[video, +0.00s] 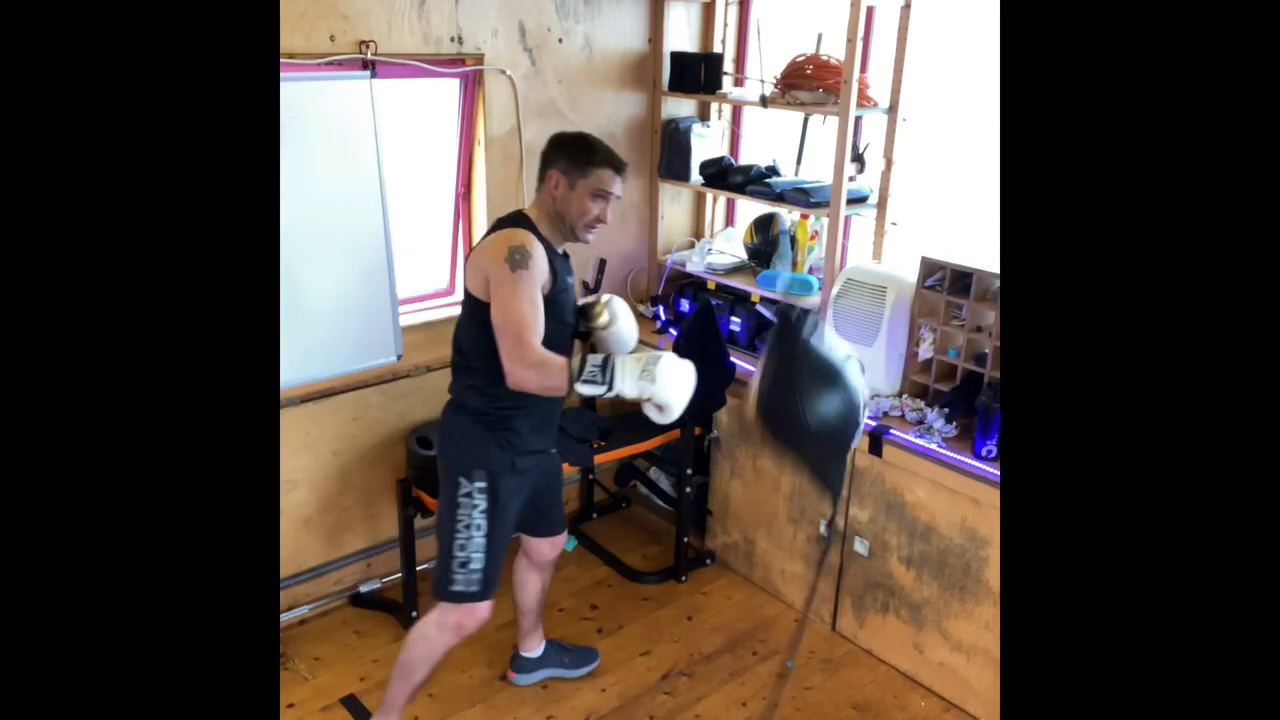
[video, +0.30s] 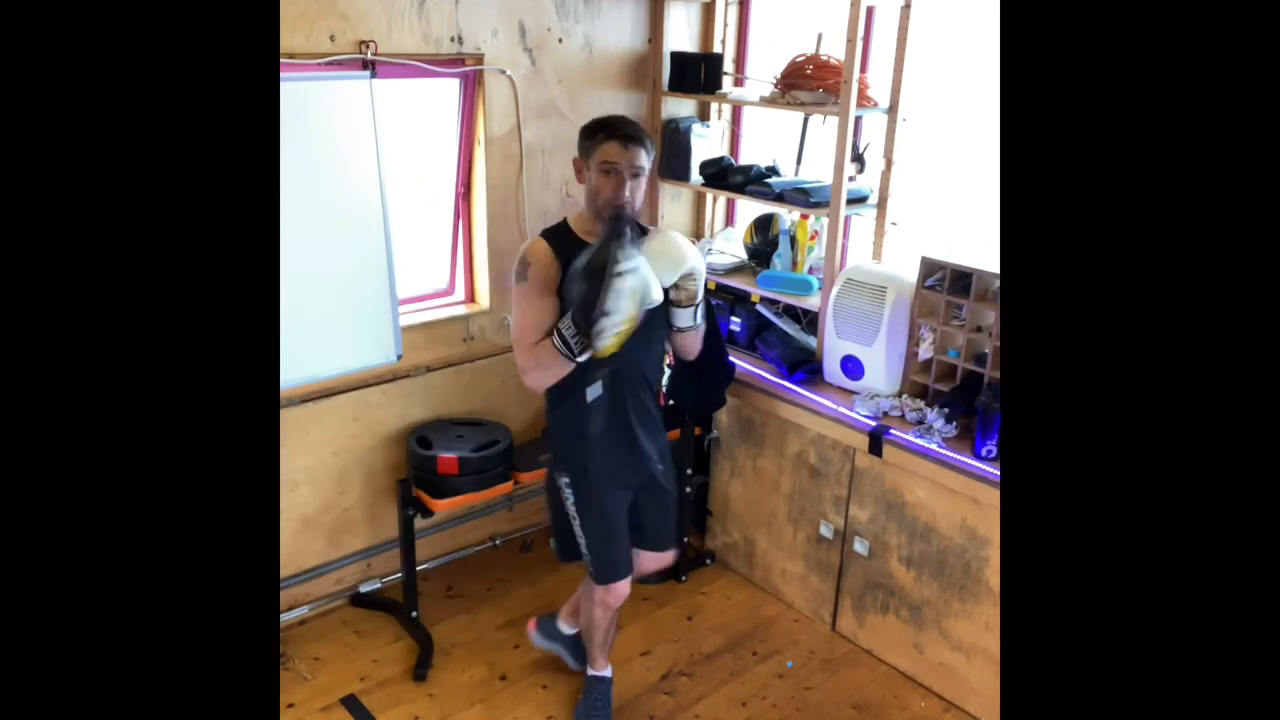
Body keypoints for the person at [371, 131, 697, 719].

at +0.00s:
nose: (604, 214)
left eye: (611, 201)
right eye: (598, 197)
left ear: (559, 190)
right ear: (554, 184)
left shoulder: (549, 252)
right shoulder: (515, 250)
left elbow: (541, 334)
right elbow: (522, 368)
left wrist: (587, 323)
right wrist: (612, 380)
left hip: (533, 438)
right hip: (484, 446)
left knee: (544, 543)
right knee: (464, 608)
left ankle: (530, 652)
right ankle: (385, 713)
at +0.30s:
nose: (625, 190)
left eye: (638, 176)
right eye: (612, 173)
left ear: (649, 182)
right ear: (580, 173)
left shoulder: (651, 249)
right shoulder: (545, 256)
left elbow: (688, 351)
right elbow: (534, 372)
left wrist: (686, 299)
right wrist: (591, 324)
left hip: (646, 428)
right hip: (587, 438)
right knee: (611, 583)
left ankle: (562, 625)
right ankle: (600, 677)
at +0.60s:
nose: (676, 229)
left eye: (688, 213)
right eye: (663, 216)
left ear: (716, 205)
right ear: (652, 214)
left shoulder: (762, 260)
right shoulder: (638, 283)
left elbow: (805, 362)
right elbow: (621, 391)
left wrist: (769, 306)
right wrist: (649, 340)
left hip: (753, 456)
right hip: (674, 461)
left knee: (792, 584)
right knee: (658, 615)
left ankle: (802, 657)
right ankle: (614, 673)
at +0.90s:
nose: (698, 220)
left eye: (709, 205)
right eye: (687, 206)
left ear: (744, 188)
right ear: (676, 195)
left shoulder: (793, 232)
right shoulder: (663, 239)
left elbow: (836, 335)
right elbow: (616, 318)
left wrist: (797, 318)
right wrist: (600, 340)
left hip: (772, 429)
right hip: (692, 427)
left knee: (799, 559)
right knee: (651, 560)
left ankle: (810, 649)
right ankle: (616, 670)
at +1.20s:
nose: (764, 231)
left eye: (776, 214)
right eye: (748, 216)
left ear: (789, 202)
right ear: (718, 204)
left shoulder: (804, 241)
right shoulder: (695, 250)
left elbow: (829, 320)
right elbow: (709, 333)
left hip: (778, 437)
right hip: (700, 439)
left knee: (804, 572)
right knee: (652, 570)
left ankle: (812, 650)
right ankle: (616, 671)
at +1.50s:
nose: (770, 236)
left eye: (785, 222)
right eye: (761, 219)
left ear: (820, 213)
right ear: (751, 208)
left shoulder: (856, 258)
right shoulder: (726, 249)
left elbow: (884, 359)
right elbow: (684, 344)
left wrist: (855, 334)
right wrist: (714, 351)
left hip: (802, 446)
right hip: (724, 437)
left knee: (810, 569)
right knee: (681, 569)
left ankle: (807, 653)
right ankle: (665, 663)